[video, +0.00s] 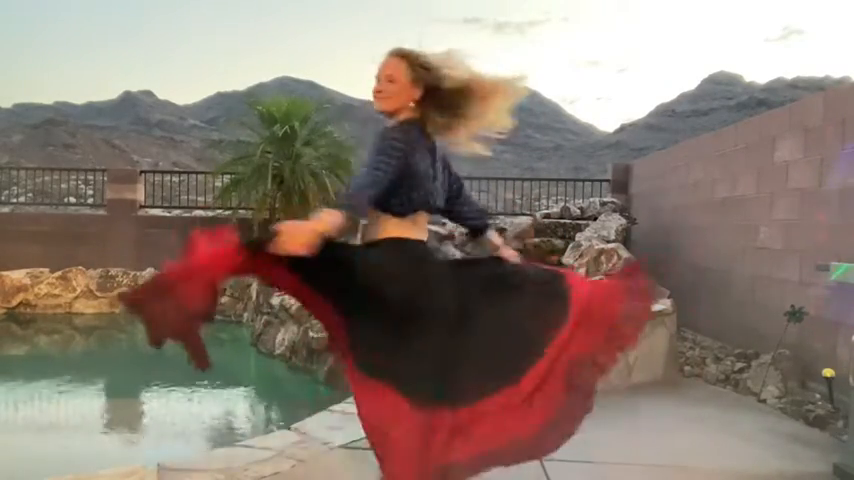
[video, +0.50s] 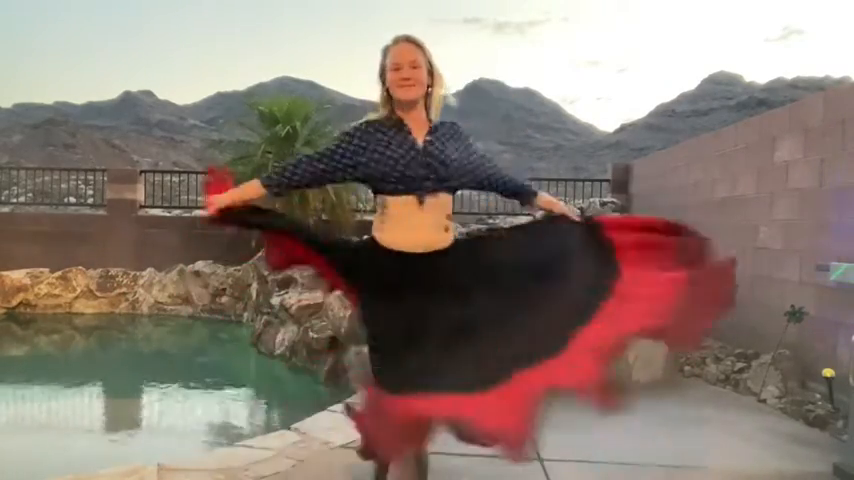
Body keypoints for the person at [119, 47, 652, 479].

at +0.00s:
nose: (377, 88)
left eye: (389, 81)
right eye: (380, 79)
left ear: (416, 93)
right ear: (413, 93)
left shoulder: (396, 136)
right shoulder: (426, 146)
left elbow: (365, 192)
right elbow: (459, 201)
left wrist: (317, 226)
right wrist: (500, 243)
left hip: (386, 264)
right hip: (416, 262)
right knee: (418, 378)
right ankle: (420, 463)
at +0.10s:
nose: (389, 89)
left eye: (400, 82)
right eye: (384, 82)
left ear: (424, 92)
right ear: (381, 89)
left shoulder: (416, 141)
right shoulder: (399, 137)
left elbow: (422, 201)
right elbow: (412, 200)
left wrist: (405, 238)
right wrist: (454, 238)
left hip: (410, 261)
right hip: (397, 257)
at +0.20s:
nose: (400, 80)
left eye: (410, 73)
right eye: (393, 74)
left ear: (428, 84)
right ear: (383, 85)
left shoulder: (428, 137)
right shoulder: (392, 137)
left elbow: (462, 184)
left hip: (426, 266)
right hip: (393, 265)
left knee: (423, 384)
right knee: (387, 385)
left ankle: (430, 466)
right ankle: (407, 466)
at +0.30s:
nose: (403, 74)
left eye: (412, 67)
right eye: (395, 68)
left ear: (430, 76)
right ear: (383, 78)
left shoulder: (440, 134)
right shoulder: (378, 134)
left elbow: (492, 178)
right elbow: (361, 181)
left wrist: (549, 212)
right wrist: (342, 201)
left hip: (419, 252)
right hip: (379, 251)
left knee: (410, 360)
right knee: (389, 357)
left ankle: (415, 462)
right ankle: (410, 460)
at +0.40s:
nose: (405, 72)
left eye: (413, 64)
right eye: (396, 66)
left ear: (428, 74)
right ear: (384, 76)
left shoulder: (449, 132)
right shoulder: (368, 134)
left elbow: (496, 173)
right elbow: (329, 171)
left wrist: (555, 201)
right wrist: (289, 191)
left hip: (433, 253)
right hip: (379, 254)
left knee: (427, 354)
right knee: (385, 354)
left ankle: (422, 453)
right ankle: (394, 453)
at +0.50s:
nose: (405, 77)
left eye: (413, 69)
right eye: (396, 71)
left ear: (431, 76)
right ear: (385, 80)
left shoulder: (450, 136)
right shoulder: (368, 137)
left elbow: (489, 176)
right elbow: (313, 169)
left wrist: (538, 199)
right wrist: (252, 190)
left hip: (441, 261)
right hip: (389, 261)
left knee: (429, 363)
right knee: (396, 366)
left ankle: (408, 450)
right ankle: (398, 460)